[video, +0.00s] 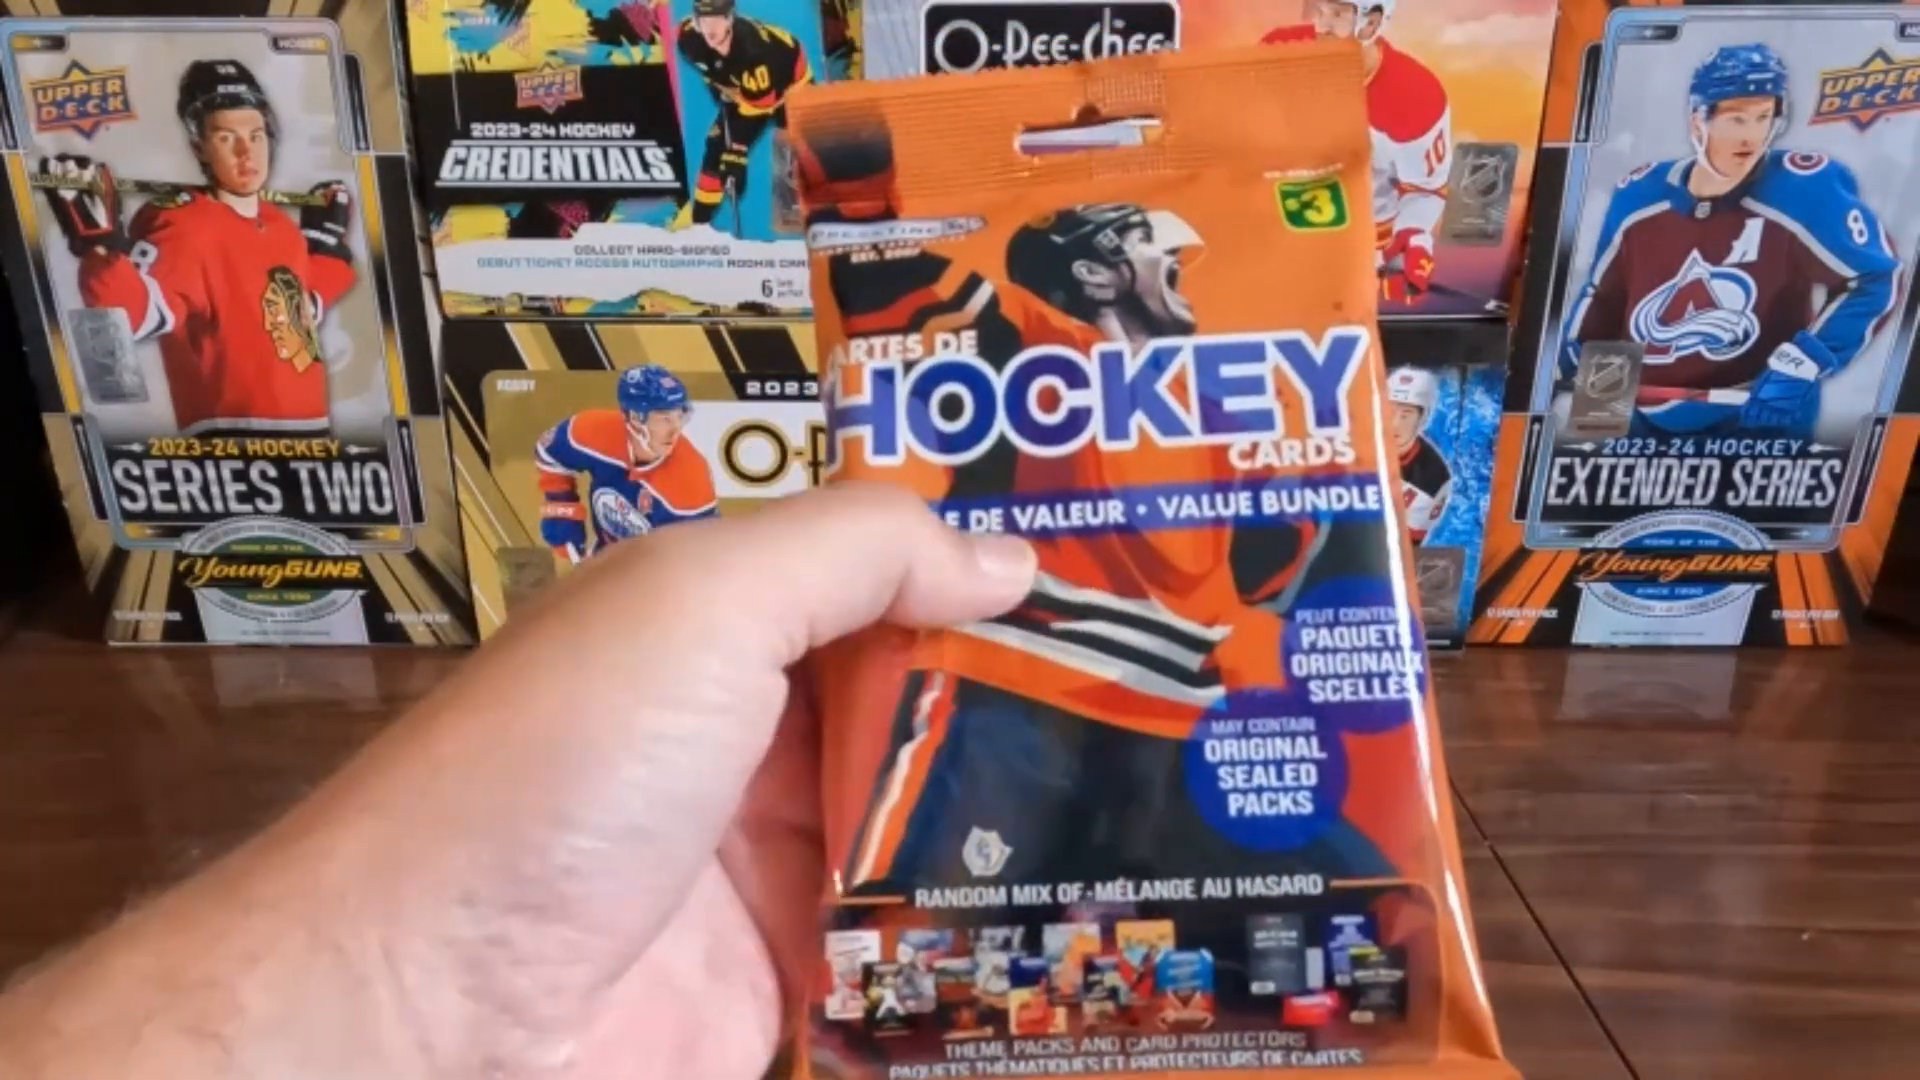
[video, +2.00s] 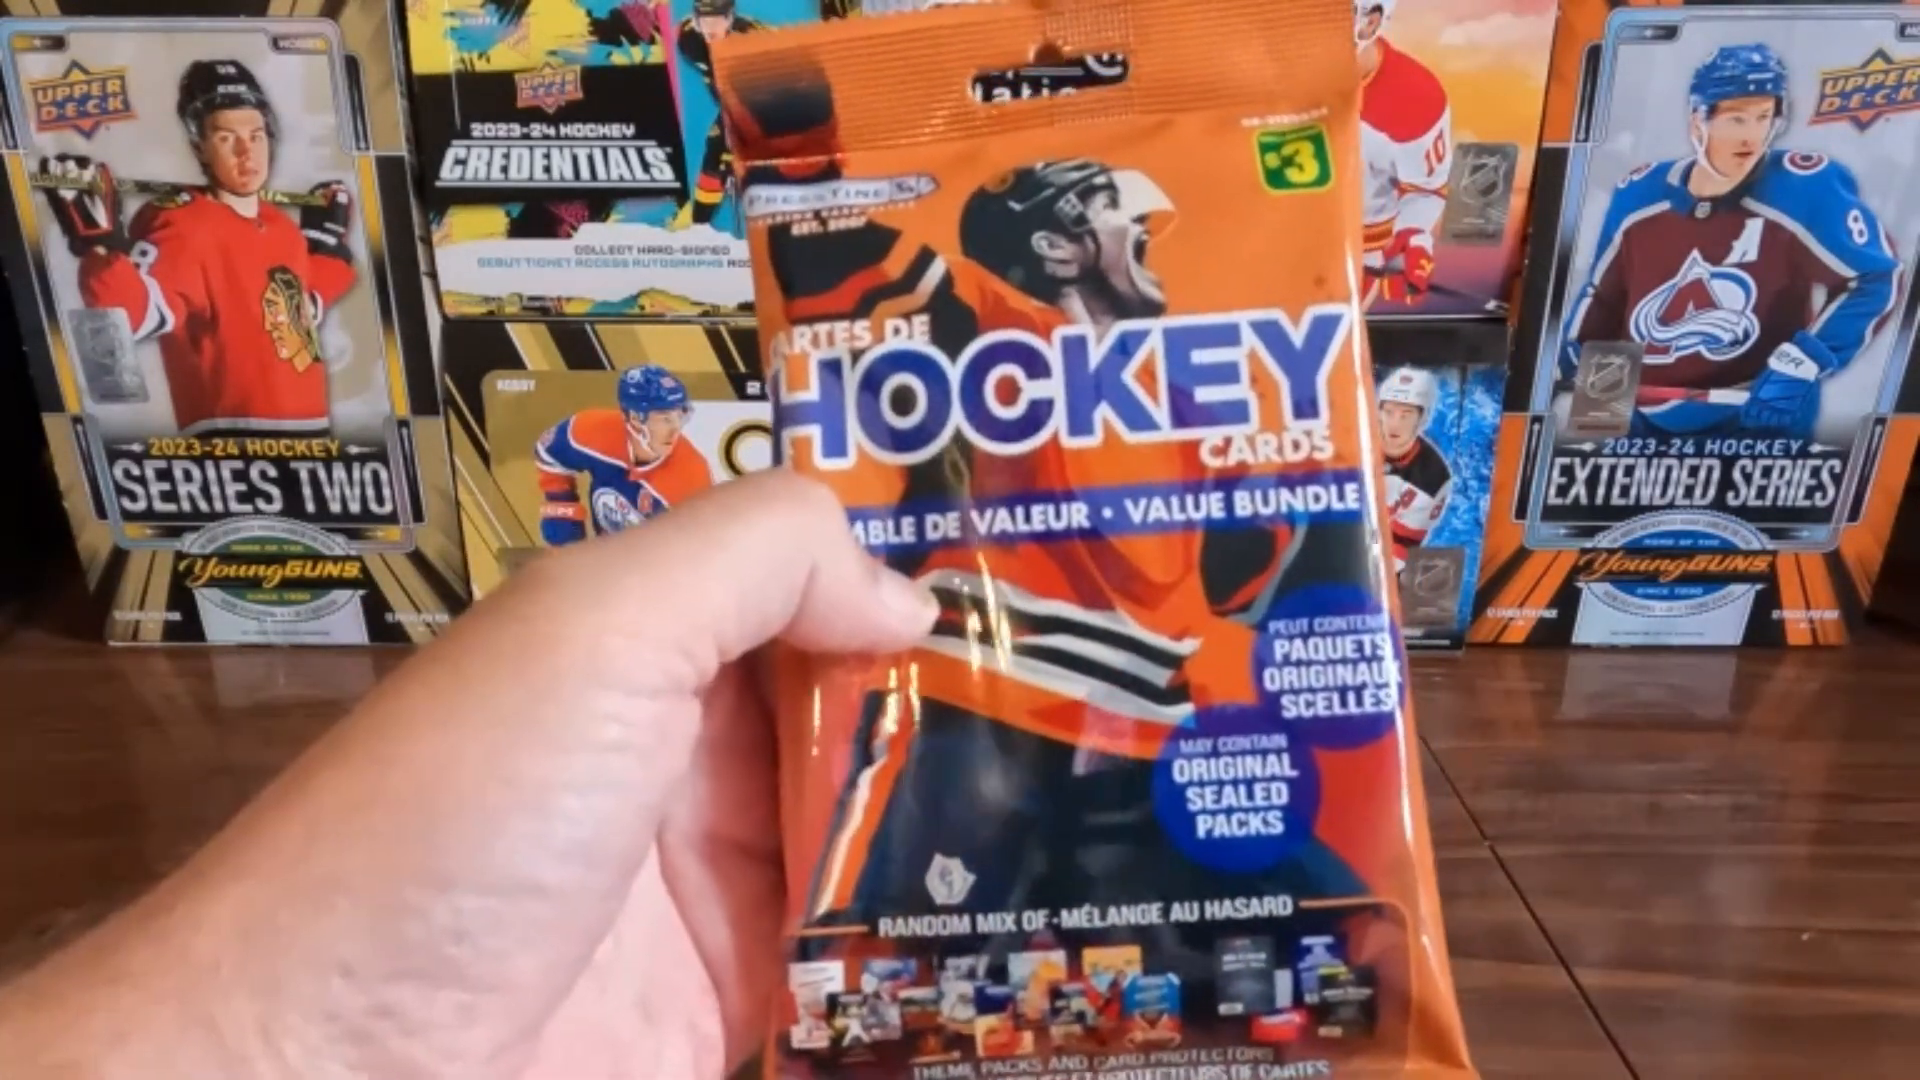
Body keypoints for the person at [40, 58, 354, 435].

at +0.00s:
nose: (247, 152)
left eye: (256, 135)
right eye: (228, 139)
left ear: (270, 139)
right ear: (200, 149)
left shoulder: (282, 227)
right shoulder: (183, 226)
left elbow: (303, 305)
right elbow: (140, 316)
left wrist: (334, 251)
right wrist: (100, 251)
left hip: (307, 432)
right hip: (230, 439)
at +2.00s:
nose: (247, 153)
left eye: (256, 135)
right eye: (228, 139)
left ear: (270, 139)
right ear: (200, 149)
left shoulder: (283, 228)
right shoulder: (183, 226)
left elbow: (302, 304)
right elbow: (142, 314)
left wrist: (335, 251)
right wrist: (100, 249)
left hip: (307, 433)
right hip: (229, 440)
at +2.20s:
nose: (247, 153)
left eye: (256, 135)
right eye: (228, 139)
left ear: (270, 139)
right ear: (201, 149)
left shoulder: (283, 228)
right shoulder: (184, 226)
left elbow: (302, 305)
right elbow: (141, 315)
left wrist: (334, 252)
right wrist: (100, 250)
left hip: (307, 433)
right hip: (230, 440)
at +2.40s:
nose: (247, 153)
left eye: (256, 135)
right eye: (228, 139)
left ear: (270, 139)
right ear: (200, 149)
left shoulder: (283, 228)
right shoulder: (184, 226)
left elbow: (302, 306)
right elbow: (142, 315)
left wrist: (334, 252)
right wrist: (100, 249)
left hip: (307, 433)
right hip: (230, 440)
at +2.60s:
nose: (247, 153)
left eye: (256, 135)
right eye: (228, 139)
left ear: (270, 139)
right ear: (200, 150)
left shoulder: (284, 228)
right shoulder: (184, 226)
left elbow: (303, 304)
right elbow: (141, 315)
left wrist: (335, 251)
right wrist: (100, 250)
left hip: (307, 433)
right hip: (230, 440)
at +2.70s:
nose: (247, 153)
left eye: (256, 135)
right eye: (228, 139)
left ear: (270, 139)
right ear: (201, 150)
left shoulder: (283, 228)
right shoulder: (184, 226)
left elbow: (302, 305)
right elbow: (142, 315)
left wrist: (334, 252)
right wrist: (100, 250)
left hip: (307, 433)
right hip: (230, 440)